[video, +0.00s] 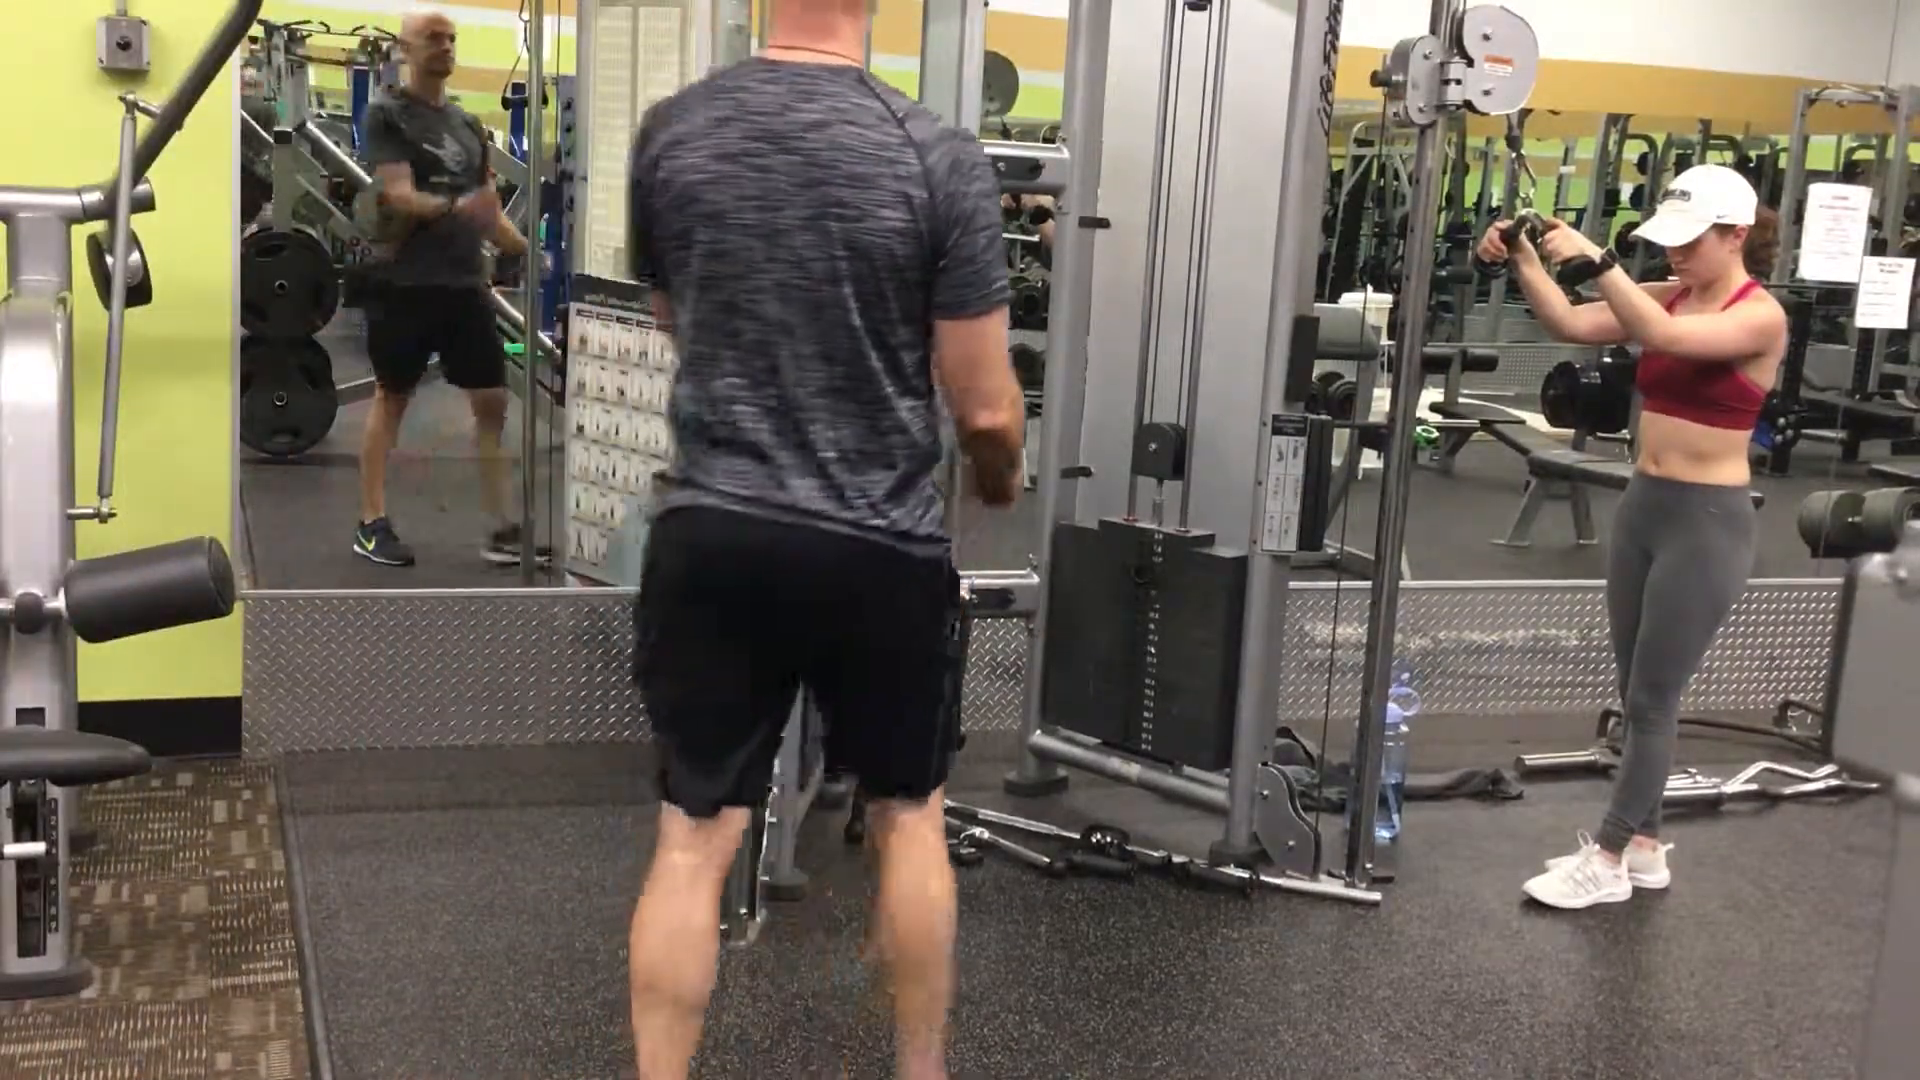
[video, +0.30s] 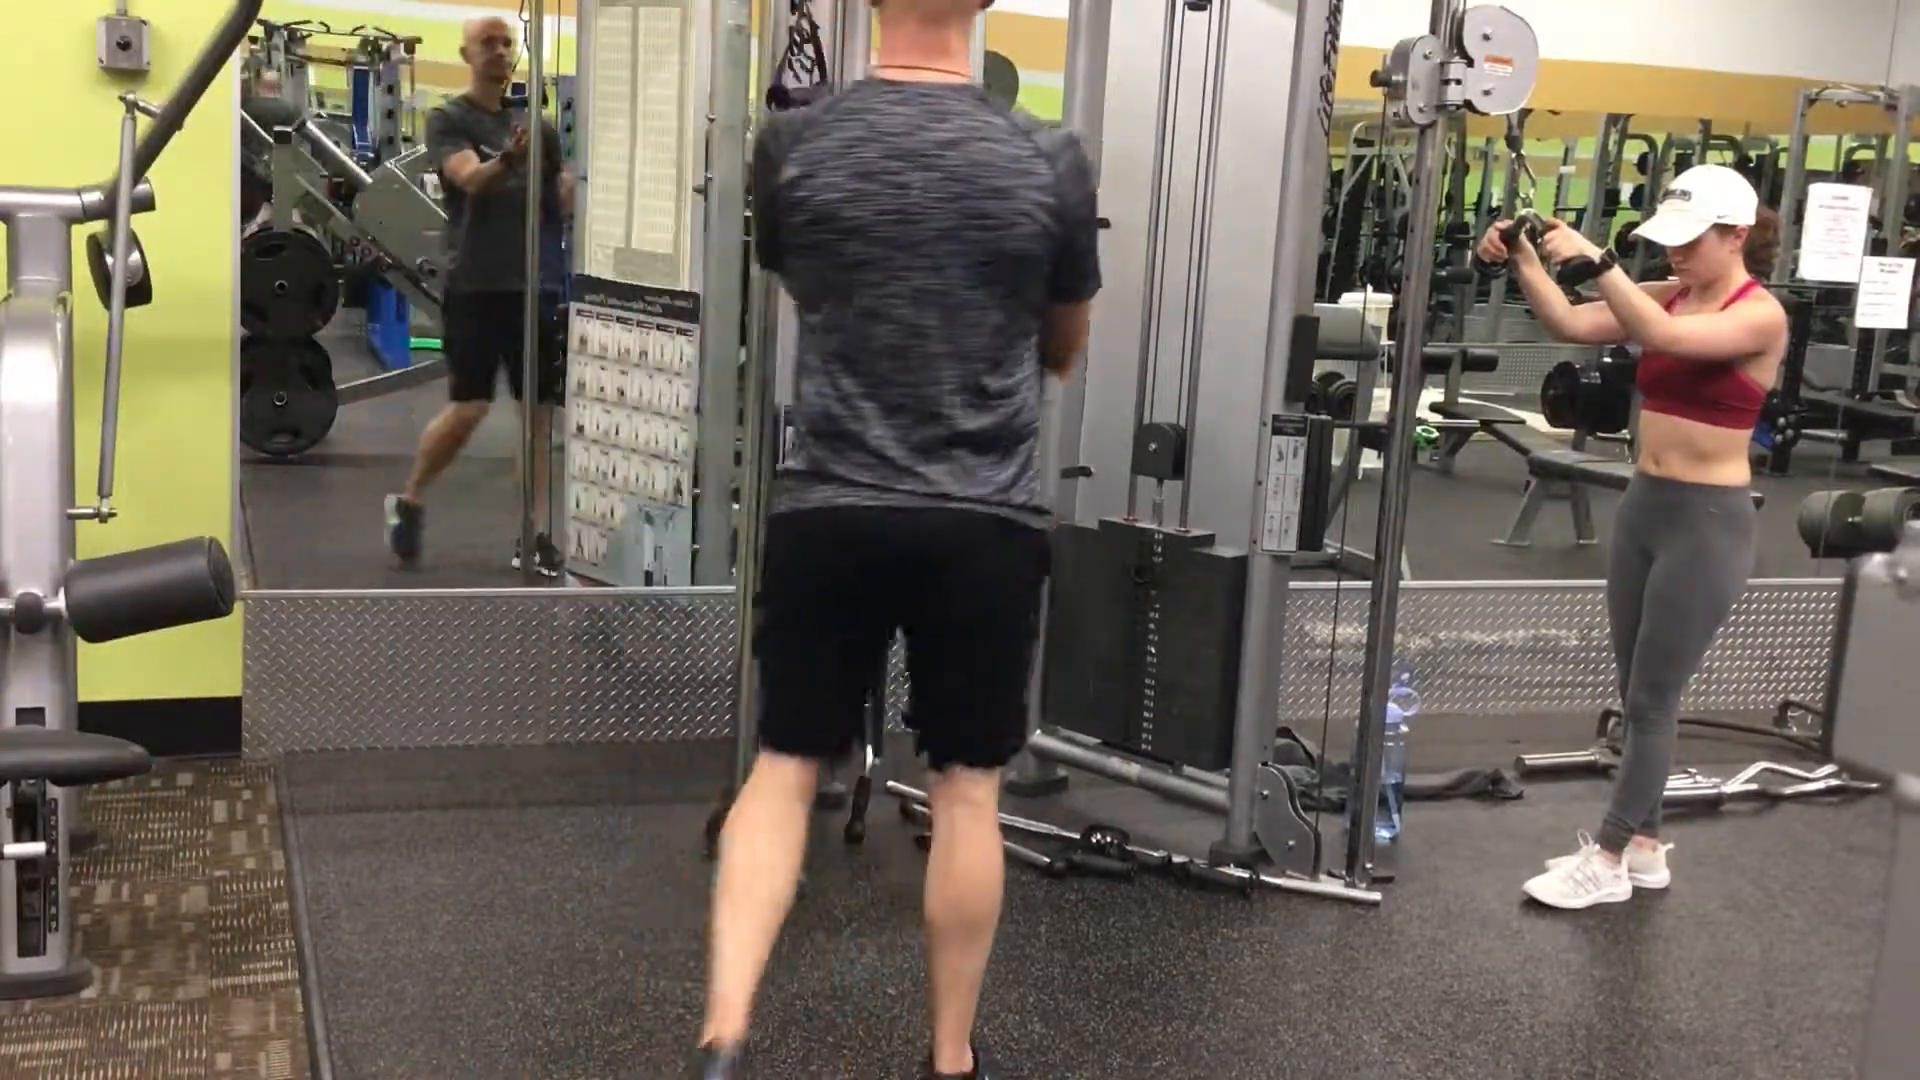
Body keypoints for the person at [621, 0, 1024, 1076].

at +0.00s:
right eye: (866, 18)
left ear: (767, 5)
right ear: (870, 14)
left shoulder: (673, 132)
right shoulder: (940, 158)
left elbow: (676, 318)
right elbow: (985, 406)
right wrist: (999, 476)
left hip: (711, 542)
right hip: (881, 559)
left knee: (692, 837)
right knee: (910, 818)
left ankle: (658, 1073)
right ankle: (925, 1069)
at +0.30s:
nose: (939, 31)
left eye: (893, 20)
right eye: (964, 20)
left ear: (873, 18)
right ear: (980, 22)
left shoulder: (795, 139)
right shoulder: (1047, 158)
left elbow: (799, 290)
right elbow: (1062, 349)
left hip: (826, 523)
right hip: (984, 534)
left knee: (783, 768)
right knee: (967, 794)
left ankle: (721, 1041)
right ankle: (951, 1057)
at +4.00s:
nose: (1093, 98)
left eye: (1116, 75)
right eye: (1087, 72)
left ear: (1208, 59)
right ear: (1207, 62)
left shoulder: (1174, 202)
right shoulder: (1283, 166)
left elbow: (1040, 238)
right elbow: (1099, 226)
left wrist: (962, 146)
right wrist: (1006, 131)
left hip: (1275, 588)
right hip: (1200, 574)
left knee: (1198, 911)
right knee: (1125, 826)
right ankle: (1123, 1050)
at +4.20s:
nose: (1092, 101)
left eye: (1115, 78)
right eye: (1087, 75)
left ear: (1207, 66)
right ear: (1210, 69)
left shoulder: (1157, 204)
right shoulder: (1300, 169)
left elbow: (1048, 229)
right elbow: (1112, 212)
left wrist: (972, 119)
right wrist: (1011, 115)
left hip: (1273, 590)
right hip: (1200, 575)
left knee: (1209, 915)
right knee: (1129, 829)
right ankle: (1125, 1053)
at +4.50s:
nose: (1079, 102)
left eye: (1100, 79)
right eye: (1075, 77)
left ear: (1194, 66)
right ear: (1197, 69)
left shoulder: (1147, 205)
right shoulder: (1284, 171)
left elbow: (1036, 239)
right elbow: (1096, 208)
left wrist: (953, 131)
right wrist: (991, 118)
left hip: (1260, 596)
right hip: (1214, 583)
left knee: (1177, 919)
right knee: (1120, 824)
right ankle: (1127, 1048)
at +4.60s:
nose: (1067, 103)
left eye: (1089, 80)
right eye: (1063, 78)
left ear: (1181, 68)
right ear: (1186, 71)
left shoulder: (1136, 212)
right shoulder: (1273, 171)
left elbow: (1019, 244)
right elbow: (1078, 208)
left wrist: (936, 153)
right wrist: (970, 132)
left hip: (1254, 598)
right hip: (1199, 584)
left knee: (1168, 921)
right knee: (1117, 822)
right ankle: (1126, 1055)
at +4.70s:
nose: (1050, 108)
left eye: (1075, 86)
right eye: (1046, 82)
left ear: (1167, 70)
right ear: (1170, 74)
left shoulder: (1135, 224)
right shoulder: (1250, 172)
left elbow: (993, 269)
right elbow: (1051, 238)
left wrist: (902, 191)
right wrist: (930, 178)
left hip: (1248, 599)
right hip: (1199, 586)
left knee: (1166, 924)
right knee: (1119, 825)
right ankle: (1126, 1054)